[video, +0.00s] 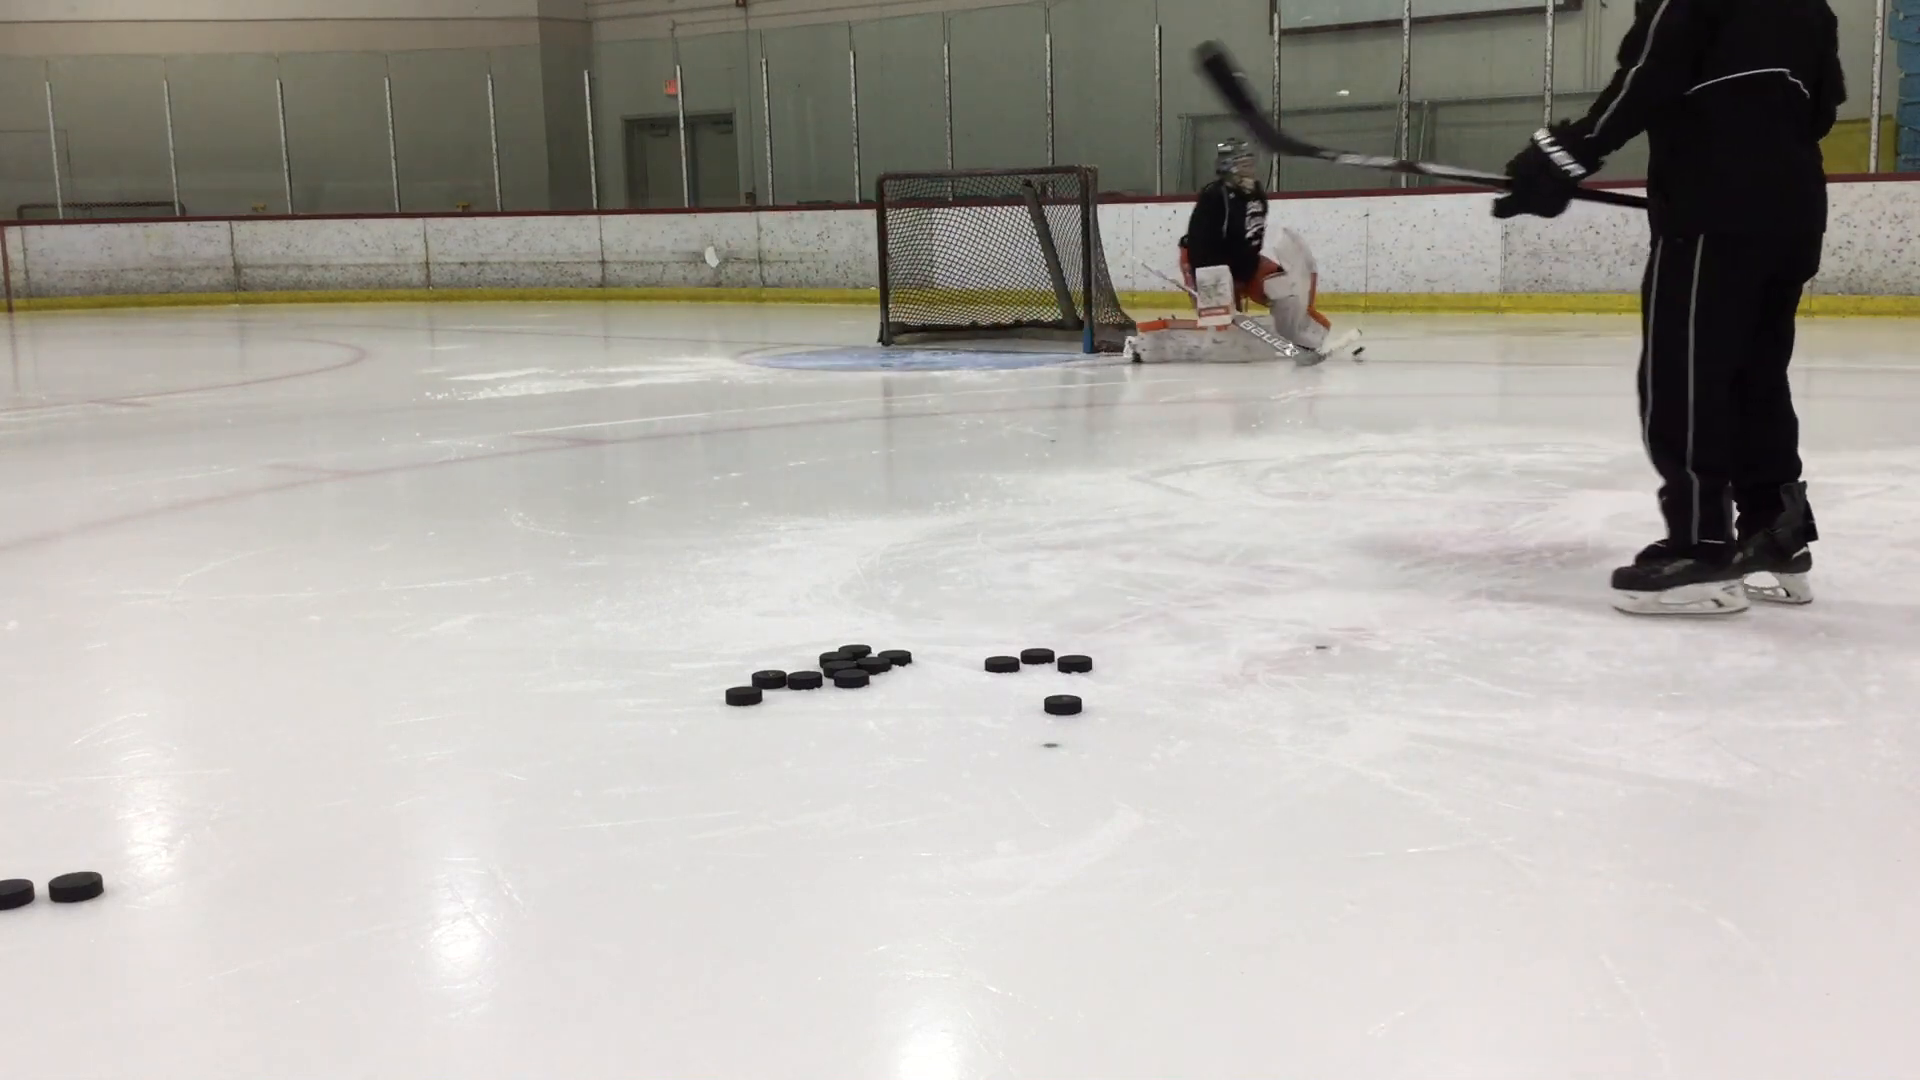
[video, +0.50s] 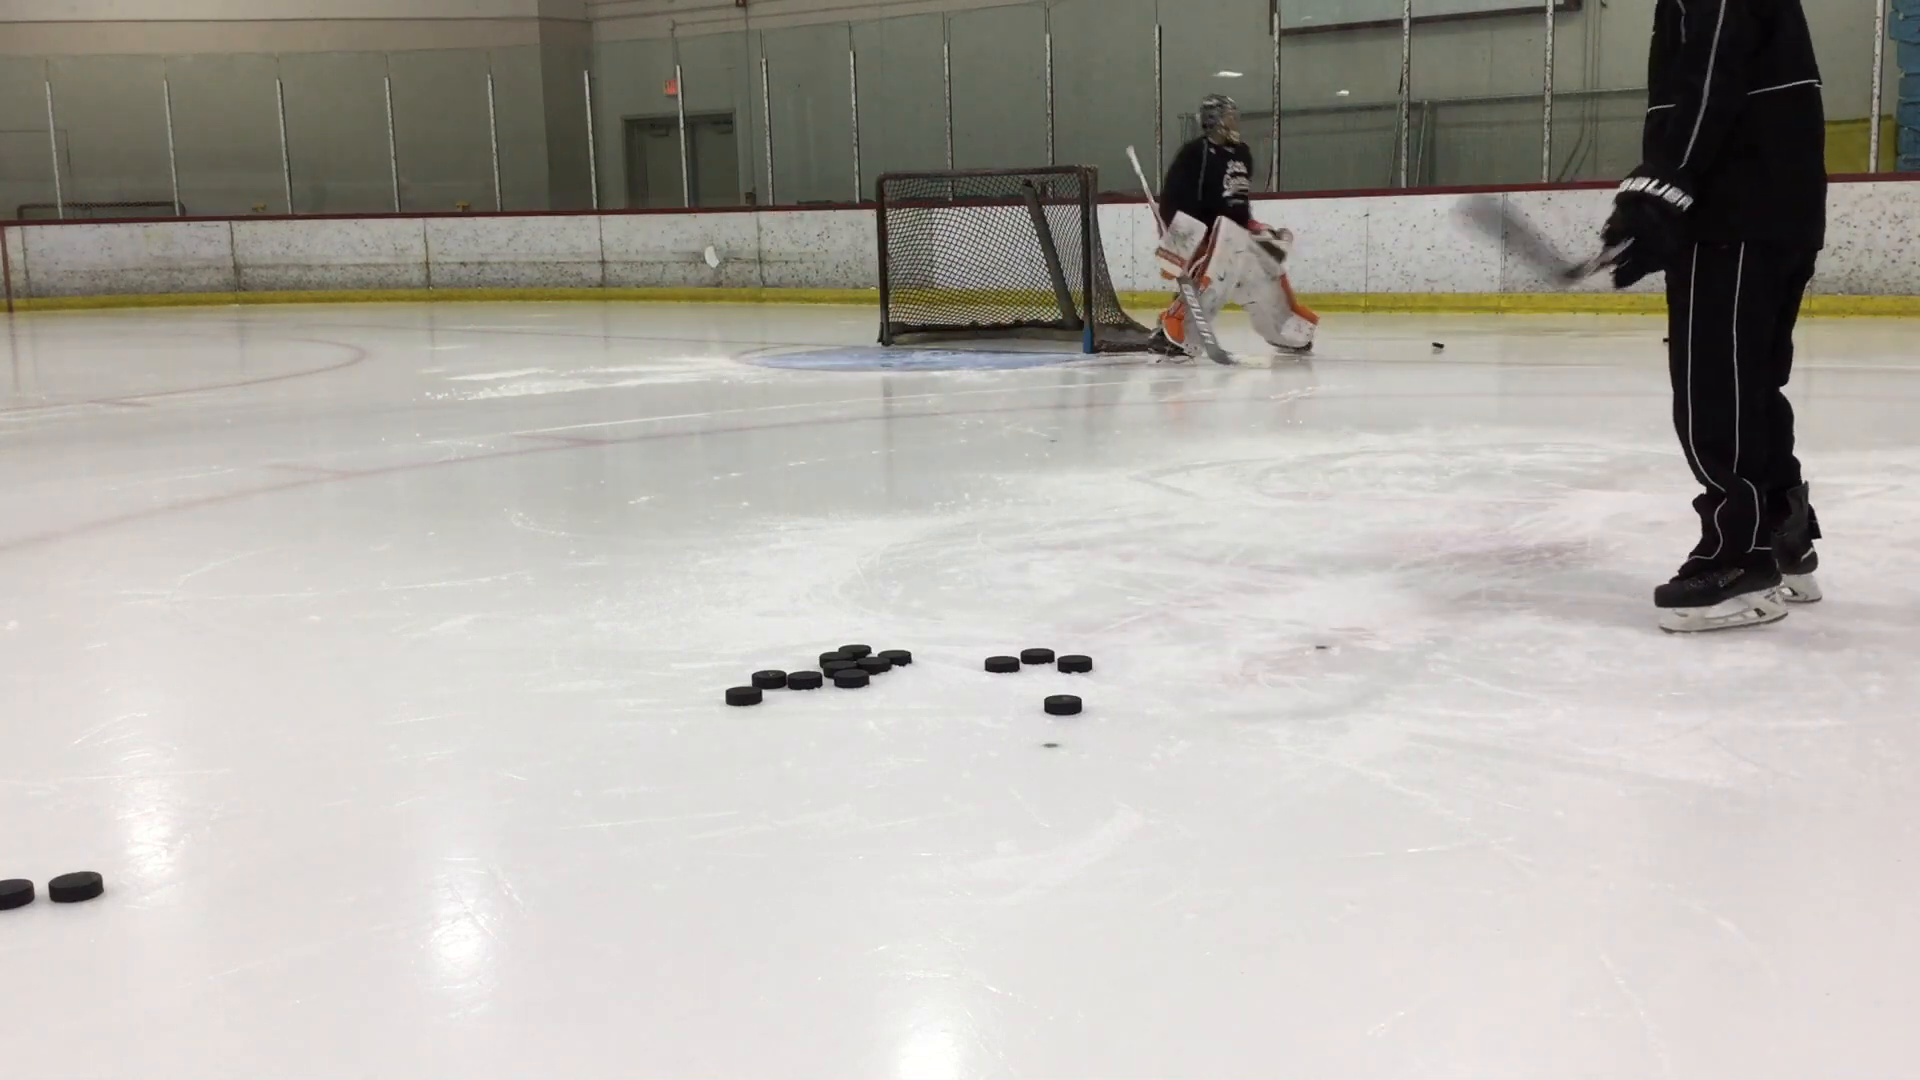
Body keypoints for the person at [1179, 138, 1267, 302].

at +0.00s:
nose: (1249, 169)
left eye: (1250, 164)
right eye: (1243, 165)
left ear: (1253, 164)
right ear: (1230, 167)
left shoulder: (1256, 190)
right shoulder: (1214, 195)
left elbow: (1256, 235)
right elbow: (1199, 240)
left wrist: (1245, 275)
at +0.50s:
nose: (1235, 121)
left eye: (1235, 116)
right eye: (1229, 117)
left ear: (1232, 118)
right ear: (1213, 120)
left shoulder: (1241, 152)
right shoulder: (1194, 153)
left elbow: (1237, 198)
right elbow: (1172, 203)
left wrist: (1249, 227)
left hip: (1234, 234)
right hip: (1202, 233)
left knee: (1262, 278)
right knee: (1212, 283)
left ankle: (1287, 332)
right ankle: (1173, 334)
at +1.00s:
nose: (1146, 100)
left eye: (1146, 94)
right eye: (1140, 95)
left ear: (1140, 97)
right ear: (1130, 98)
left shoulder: (1152, 133)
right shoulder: (1119, 128)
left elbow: (1145, 182)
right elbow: (1095, 173)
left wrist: (1162, 210)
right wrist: (1099, 217)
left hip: (1145, 216)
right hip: (1115, 215)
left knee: (1163, 272)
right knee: (1110, 275)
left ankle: (1141, 332)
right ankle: (1066, 334)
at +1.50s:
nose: (1071, 97)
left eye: (1073, 92)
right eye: (1065, 92)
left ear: (1075, 94)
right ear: (1049, 95)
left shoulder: (1084, 126)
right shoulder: (1029, 122)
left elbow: (1101, 160)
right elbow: (1014, 166)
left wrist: (1098, 168)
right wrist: (1054, 189)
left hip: (1074, 217)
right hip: (1035, 214)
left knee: (1083, 275)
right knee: (1020, 275)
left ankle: (1062, 333)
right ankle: (997, 337)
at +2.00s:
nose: (1029, 100)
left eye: (1033, 94)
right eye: (1023, 95)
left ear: (1039, 96)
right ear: (1010, 97)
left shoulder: (1052, 124)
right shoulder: (991, 125)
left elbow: (1078, 160)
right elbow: (968, 164)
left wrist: (1069, 197)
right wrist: (990, 201)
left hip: (1044, 215)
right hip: (1002, 215)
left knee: (1054, 276)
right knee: (999, 277)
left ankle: (1052, 337)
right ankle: (987, 340)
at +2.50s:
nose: (1049, 111)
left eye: (1051, 105)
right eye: (1044, 105)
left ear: (1052, 107)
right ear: (1028, 104)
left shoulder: (1054, 134)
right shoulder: (1000, 123)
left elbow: (1054, 172)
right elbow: (974, 166)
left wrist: (1062, 204)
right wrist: (998, 204)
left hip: (1040, 215)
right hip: (1001, 215)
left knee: (1053, 273)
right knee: (997, 275)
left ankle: (1060, 337)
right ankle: (986, 340)